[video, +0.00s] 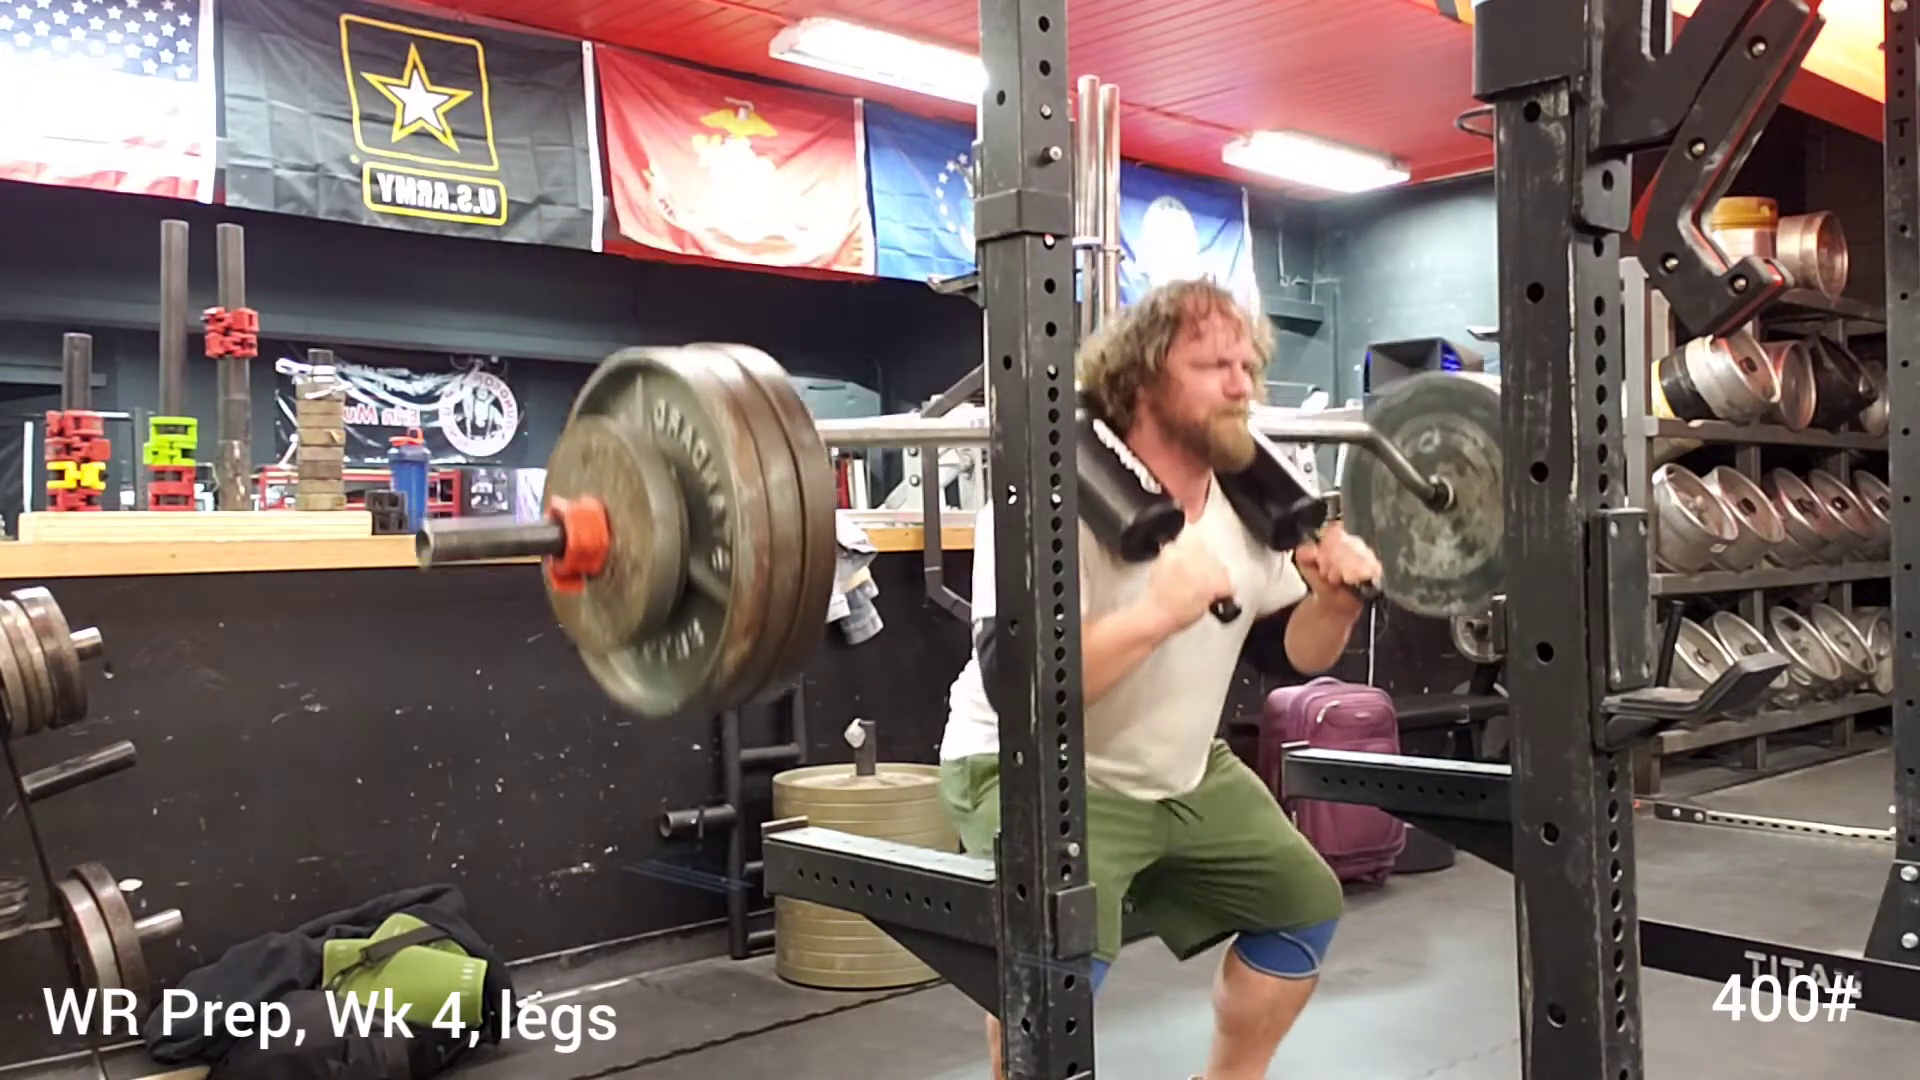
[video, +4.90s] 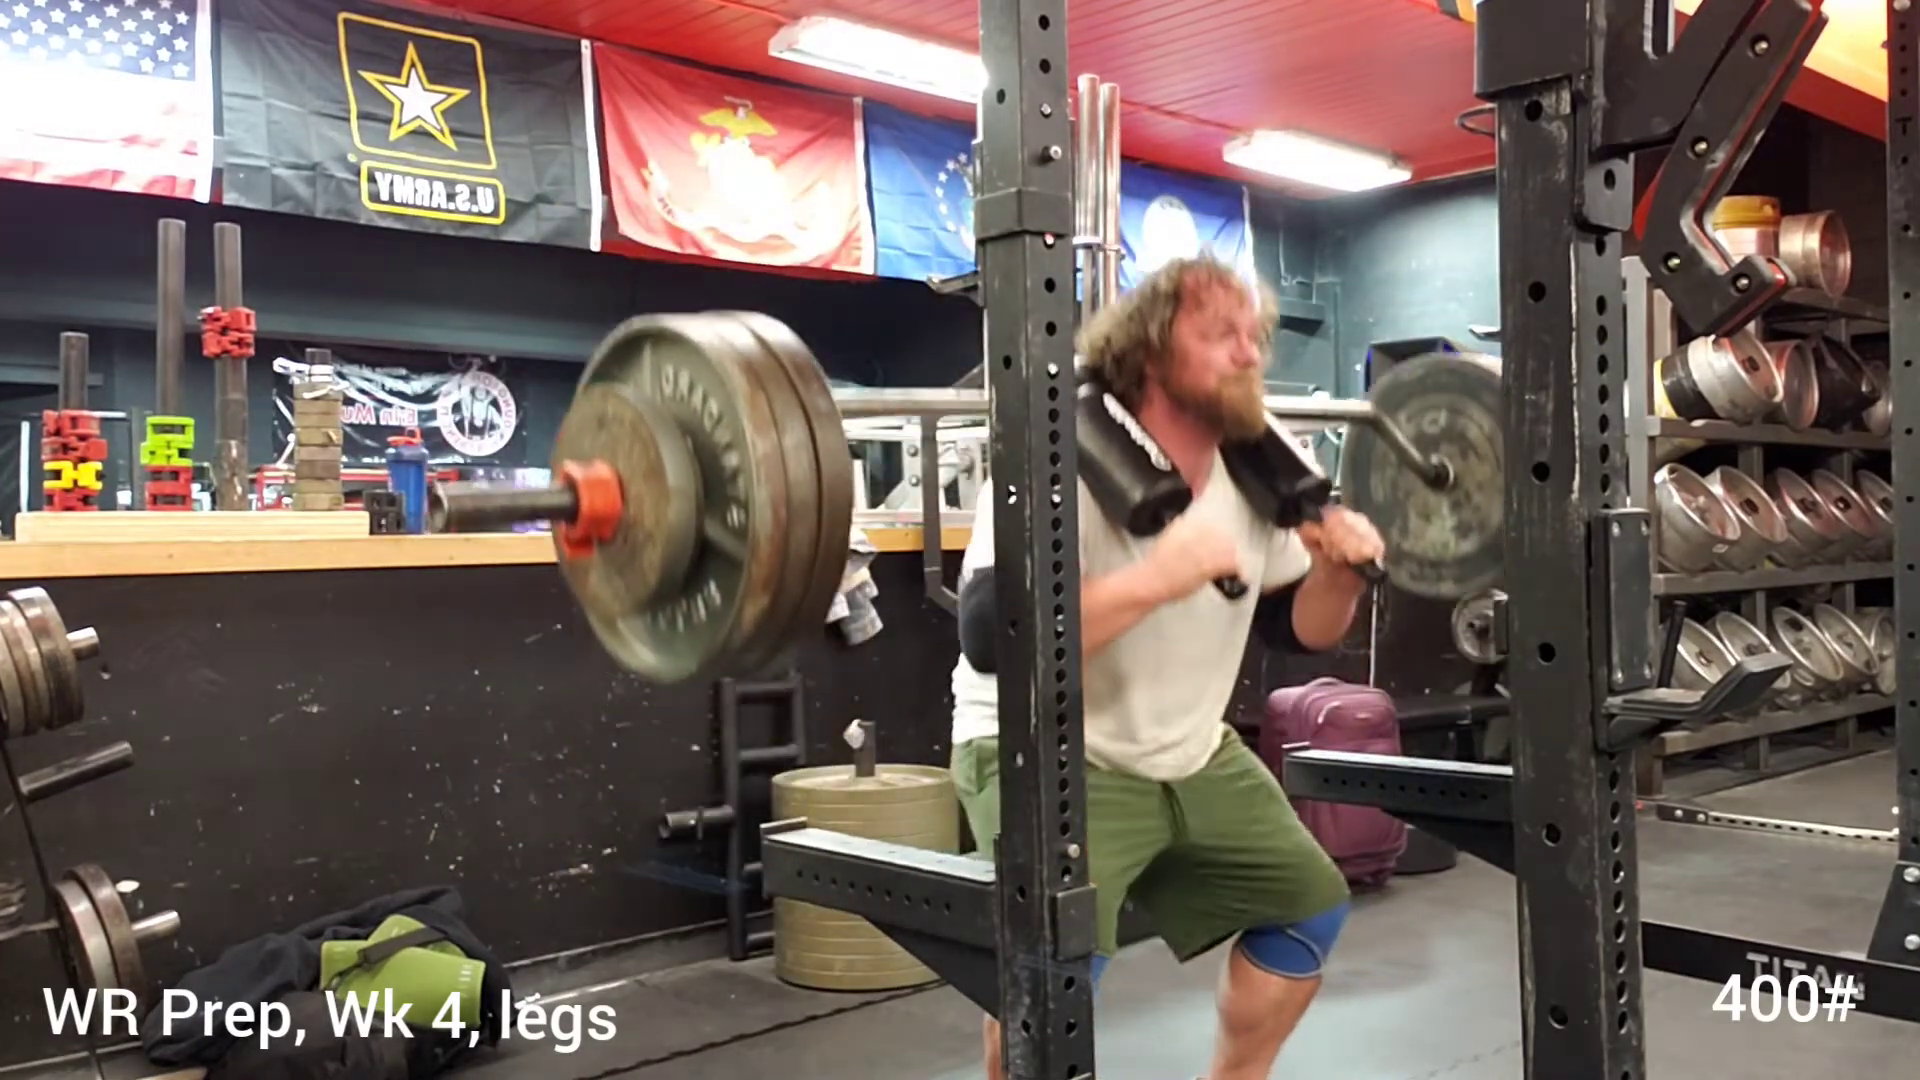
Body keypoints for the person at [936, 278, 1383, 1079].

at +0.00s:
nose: (1240, 386)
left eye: (1247, 366)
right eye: (1213, 366)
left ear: (1258, 373)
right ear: (1145, 381)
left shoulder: (1253, 484)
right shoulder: (1054, 485)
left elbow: (1304, 655)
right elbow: (1019, 684)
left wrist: (1337, 596)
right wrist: (1156, 613)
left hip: (1184, 766)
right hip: (1043, 768)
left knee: (1301, 905)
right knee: (1068, 945)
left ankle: (1231, 1075)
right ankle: (1020, 1069)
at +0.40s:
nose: (1260, 504)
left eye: (1267, 485)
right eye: (1235, 485)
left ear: (1277, 484)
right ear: (1161, 490)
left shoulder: (1261, 585)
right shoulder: (1065, 594)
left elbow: (1316, 757)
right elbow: (1029, 791)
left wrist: (1348, 702)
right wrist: (1167, 742)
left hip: (1180, 828)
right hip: (1036, 837)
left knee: (1321, 908)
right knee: (1062, 947)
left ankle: (1236, 1073)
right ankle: (1017, 1070)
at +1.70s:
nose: (1254, 376)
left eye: (1263, 359)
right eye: (1229, 357)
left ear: (1272, 371)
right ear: (1165, 368)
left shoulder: (1258, 475)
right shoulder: (1069, 468)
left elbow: (1314, 650)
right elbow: (1016, 663)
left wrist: (1344, 593)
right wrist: (1158, 608)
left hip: (1191, 758)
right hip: (1052, 758)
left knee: (1306, 905)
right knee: (1072, 951)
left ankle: (1236, 1075)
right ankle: (1014, 1067)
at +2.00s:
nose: (1242, 247)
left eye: (1253, 231)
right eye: (1217, 226)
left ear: (1262, 249)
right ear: (1155, 234)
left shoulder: (1258, 358)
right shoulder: (1066, 346)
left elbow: (1300, 538)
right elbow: (1027, 526)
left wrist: (1334, 476)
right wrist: (1149, 472)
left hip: (1207, 686)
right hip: (1080, 690)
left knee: (1260, 892)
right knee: (1056, 927)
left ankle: (1227, 1072)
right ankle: (1019, 1069)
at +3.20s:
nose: (1235, 346)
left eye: (1243, 328)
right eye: (1210, 329)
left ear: (1253, 340)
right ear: (1144, 343)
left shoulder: (1252, 443)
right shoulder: (1055, 446)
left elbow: (1315, 622)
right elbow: (1009, 640)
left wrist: (1336, 557)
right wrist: (1149, 573)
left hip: (1205, 760)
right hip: (1070, 769)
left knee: (1317, 911)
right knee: (1086, 980)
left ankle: (1238, 1074)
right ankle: (1042, 1072)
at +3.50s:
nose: (1248, 471)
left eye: (1255, 455)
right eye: (1221, 453)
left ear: (1266, 463)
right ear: (1154, 462)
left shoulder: (1259, 570)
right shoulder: (1058, 574)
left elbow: (1326, 738)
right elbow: (1017, 774)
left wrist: (1352, 680)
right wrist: (1163, 709)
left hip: (1187, 832)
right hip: (1048, 840)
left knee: (1328, 910)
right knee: (1087, 958)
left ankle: (1239, 1072)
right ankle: (1032, 1069)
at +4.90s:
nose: (1249, 354)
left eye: (1255, 336)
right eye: (1225, 334)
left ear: (1263, 348)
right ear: (1157, 345)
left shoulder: (1258, 457)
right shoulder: (1063, 448)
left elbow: (1315, 629)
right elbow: (1004, 630)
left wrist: (1340, 567)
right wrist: (1156, 579)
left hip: (1197, 752)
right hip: (1060, 754)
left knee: (1306, 905)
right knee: (1059, 956)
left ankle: (1235, 1075)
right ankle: (1007, 1069)